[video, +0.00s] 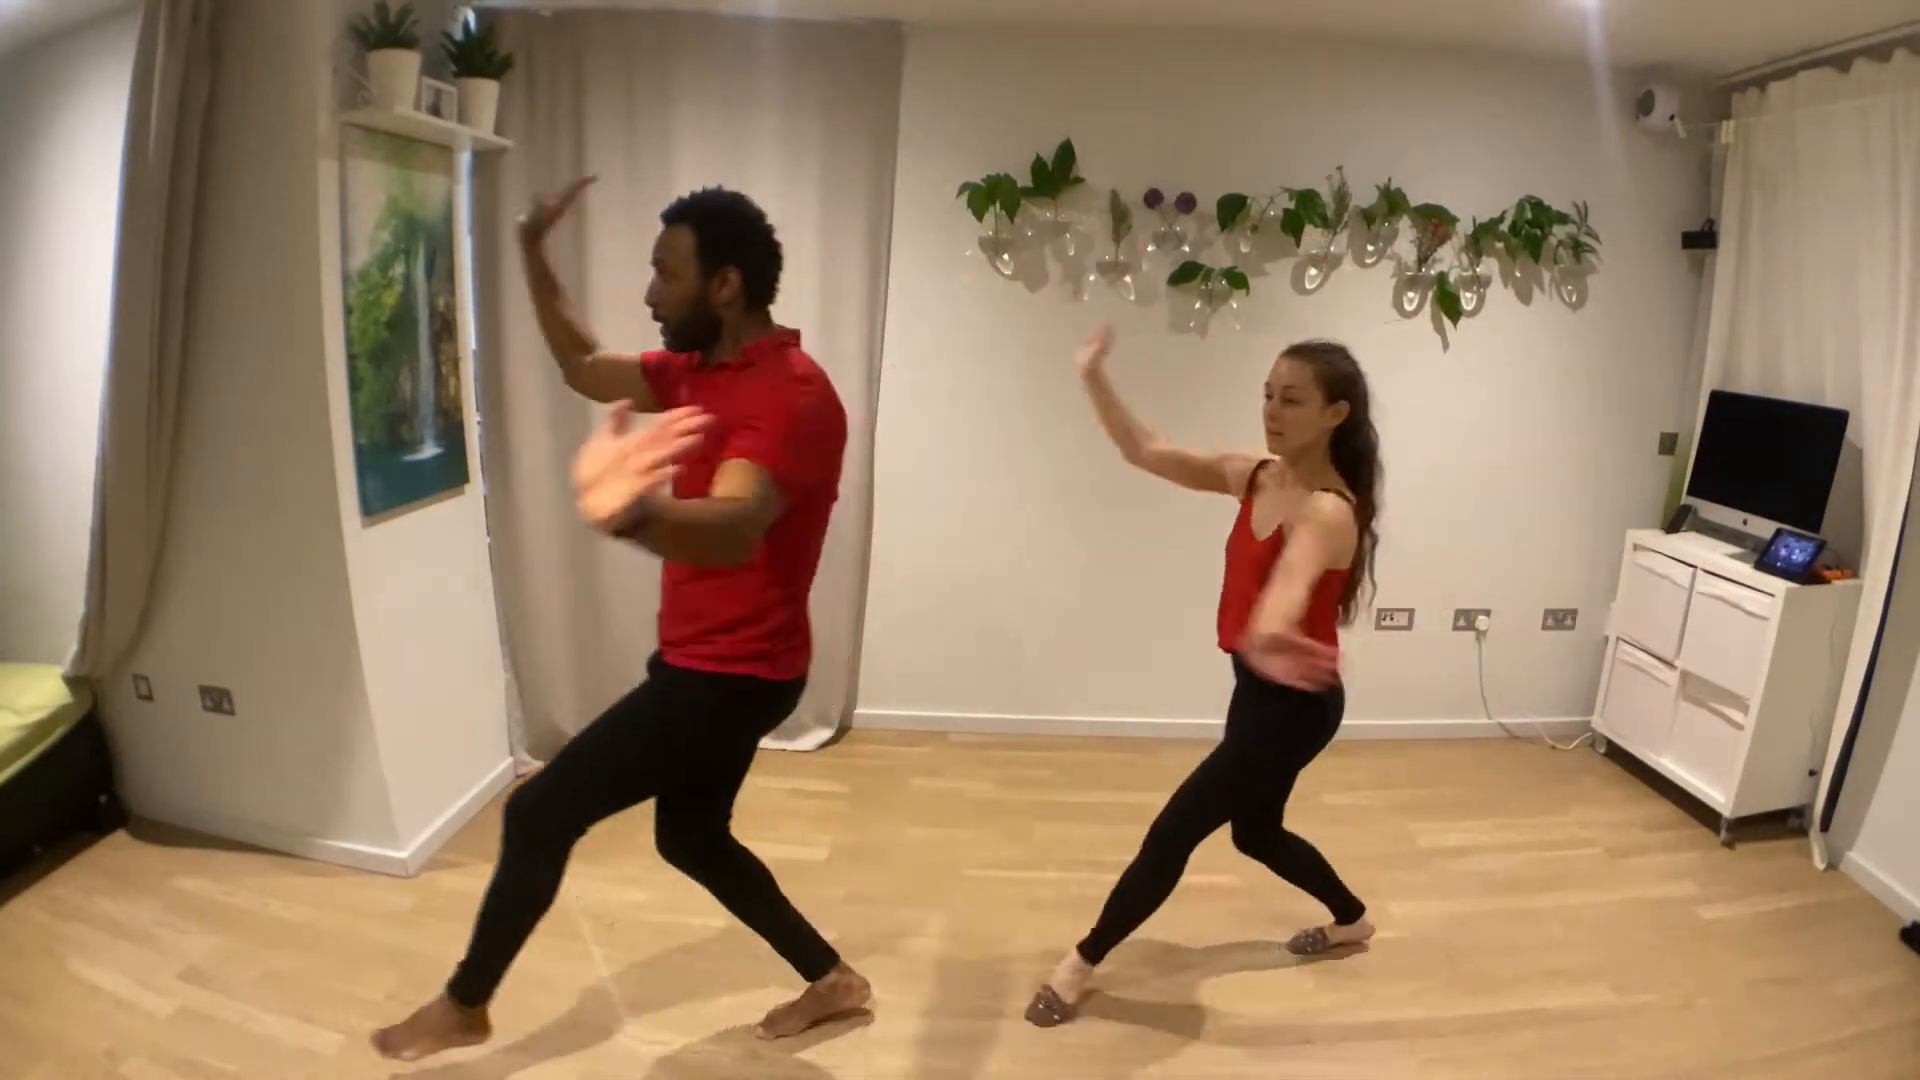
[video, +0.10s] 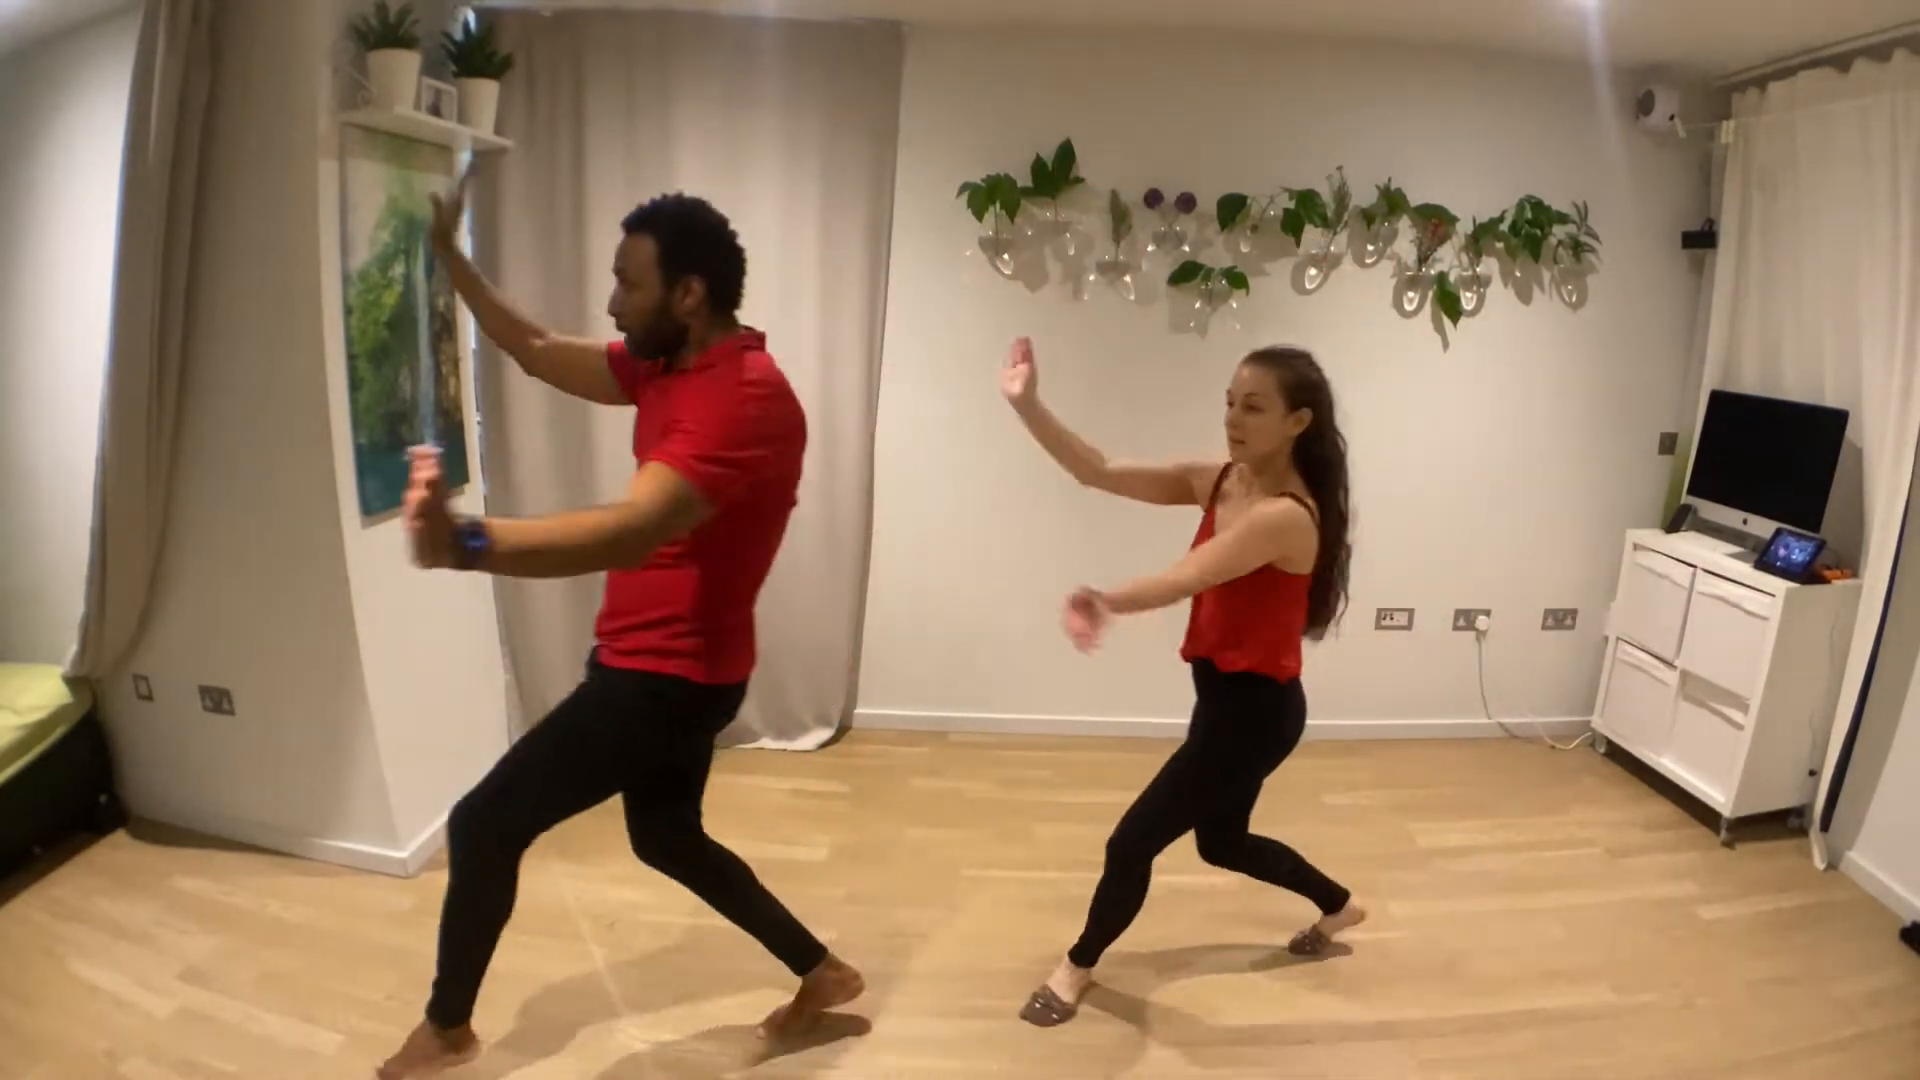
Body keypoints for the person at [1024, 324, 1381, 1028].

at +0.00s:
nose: (1270, 409)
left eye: (1289, 398)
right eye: (1269, 394)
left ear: (1336, 415)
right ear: (1264, 397)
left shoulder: (1328, 513)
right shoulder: (1254, 472)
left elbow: (1292, 585)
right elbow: (1147, 451)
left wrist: (1267, 627)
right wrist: (1096, 379)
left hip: (1298, 701)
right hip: (1256, 686)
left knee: (1177, 826)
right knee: (1257, 833)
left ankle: (1081, 963)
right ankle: (1352, 918)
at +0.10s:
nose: (1233, 417)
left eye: (1253, 407)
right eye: (1231, 402)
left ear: (1299, 422)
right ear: (1227, 402)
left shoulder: (1287, 517)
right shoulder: (1217, 478)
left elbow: (1190, 577)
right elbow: (1099, 471)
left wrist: (1107, 599)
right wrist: (1028, 405)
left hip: (1258, 711)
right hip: (1220, 701)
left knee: (1132, 843)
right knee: (1223, 843)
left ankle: (1076, 970)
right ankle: (1341, 905)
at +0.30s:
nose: (1175, 423)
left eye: (1195, 412)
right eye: (1174, 408)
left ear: (1241, 427)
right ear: (1172, 408)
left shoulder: (1222, 515)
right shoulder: (1175, 475)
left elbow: (1121, 581)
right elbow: (1081, 453)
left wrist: (996, 602)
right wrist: (1022, 427)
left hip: (1207, 716)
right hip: (1161, 703)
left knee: (1091, 857)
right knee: (1107, 844)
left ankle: (1074, 973)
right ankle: (1224, 881)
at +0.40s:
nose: (1165, 422)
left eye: (1184, 412)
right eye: (1164, 407)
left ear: (1232, 426)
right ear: (1165, 410)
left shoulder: (1217, 508)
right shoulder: (1171, 466)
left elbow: (1162, 583)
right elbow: (1104, 428)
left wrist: (1062, 641)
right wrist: (1065, 395)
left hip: (1196, 709)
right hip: (1148, 694)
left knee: (1087, 850)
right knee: (1074, 843)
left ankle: (1076, 971)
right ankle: (1163, 880)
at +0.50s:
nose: (1168, 420)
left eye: (1188, 409)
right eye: (1167, 403)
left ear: (1232, 420)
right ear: (1160, 404)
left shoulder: (1231, 501)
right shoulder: (1167, 458)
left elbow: (1275, 567)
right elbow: (1107, 391)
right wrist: (1078, 338)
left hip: (1202, 692)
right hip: (1144, 678)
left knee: (1092, 849)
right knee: (1096, 831)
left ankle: (1074, 970)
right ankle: (1156, 889)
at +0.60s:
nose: (1190, 404)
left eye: (1210, 393)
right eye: (1181, 387)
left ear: (1241, 405)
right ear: (1169, 389)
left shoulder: (1253, 489)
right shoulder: (1146, 441)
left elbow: (1357, 552)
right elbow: (1092, 373)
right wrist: (1071, 290)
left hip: (1223, 680)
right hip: (1157, 671)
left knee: (1132, 831)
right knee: (1116, 826)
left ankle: (1074, 972)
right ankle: (1171, 900)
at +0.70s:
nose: (1220, 389)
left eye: (1236, 376)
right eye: (1206, 373)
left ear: (1256, 384)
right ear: (1181, 378)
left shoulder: (1273, 466)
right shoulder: (1149, 438)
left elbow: (1371, 516)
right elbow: (1070, 380)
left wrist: (1466, 557)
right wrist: (1049, 289)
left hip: (1246, 662)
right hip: (1169, 663)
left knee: (1187, 820)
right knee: (1129, 818)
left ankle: (1149, 939)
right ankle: (1178, 891)